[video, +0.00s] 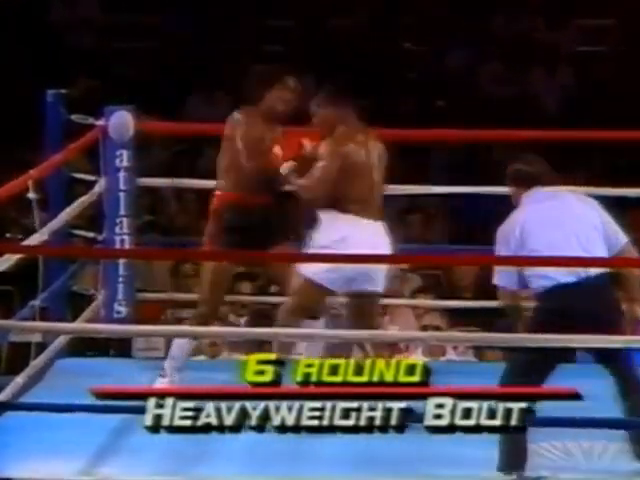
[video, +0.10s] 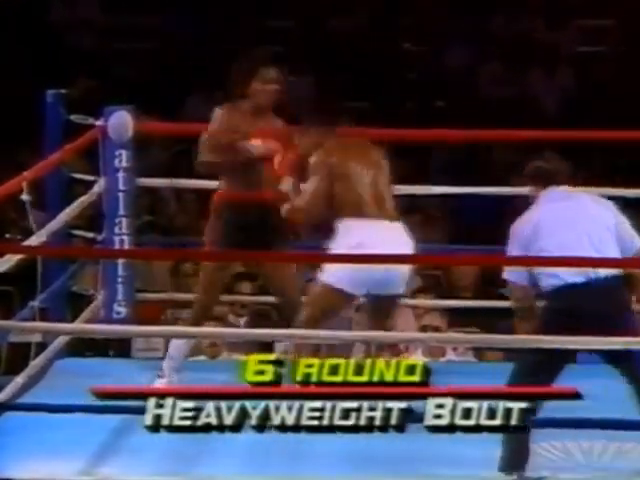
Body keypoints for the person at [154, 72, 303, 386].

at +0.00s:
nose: (285, 104)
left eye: (291, 100)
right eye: (281, 95)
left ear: (294, 106)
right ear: (265, 92)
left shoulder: (284, 133)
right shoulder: (242, 120)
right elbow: (251, 165)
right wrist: (287, 159)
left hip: (268, 210)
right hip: (231, 209)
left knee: (303, 291)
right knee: (208, 307)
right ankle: (168, 376)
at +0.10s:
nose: (271, 89)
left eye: (276, 83)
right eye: (265, 81)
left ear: (282, 89)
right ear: (248, 85)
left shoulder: (278, 126)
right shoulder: (227, 116)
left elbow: (292, 162)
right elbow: (205, 159)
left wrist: (288, 182)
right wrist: (244, 152)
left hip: (267, 210)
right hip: (230, 209)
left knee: (293, 299)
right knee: (205, 301)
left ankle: (288, 375)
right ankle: (168, 372)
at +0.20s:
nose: (239, 93)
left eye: (245, 86)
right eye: (231, 86)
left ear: (254, 90)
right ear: (219, 90)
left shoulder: (267, 117)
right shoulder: (211, 115)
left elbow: (302, 129)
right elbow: (199, 164)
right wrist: (218, 144)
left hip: (258, 209)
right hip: (220, 207)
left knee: (272, 285)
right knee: (193, 282)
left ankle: (297, 356)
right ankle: (168, 370)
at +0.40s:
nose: (199, 129)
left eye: (205, 122)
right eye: (195, 123)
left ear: (221, 121)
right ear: (191, 124)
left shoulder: (237, 153)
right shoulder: (195, 147)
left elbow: (215, 197)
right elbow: (164, 174)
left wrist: (183, 192)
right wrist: (167, 184)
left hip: (258, 231)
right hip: (221, 231)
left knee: (279, 293)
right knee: (194, 291)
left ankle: (303, 363)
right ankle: (175, 372)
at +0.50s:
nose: (191, 157)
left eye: (196, 150)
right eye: (187, 151)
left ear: (211, 143)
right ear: (183, 151)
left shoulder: (235, 171)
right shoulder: (194, 164)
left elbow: (223, 221)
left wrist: (190, 207)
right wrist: (181, 186)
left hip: (259, 234)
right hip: (219, 232)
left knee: (273, 291)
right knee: (190, 285)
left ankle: (302, 364)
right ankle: (175, 371)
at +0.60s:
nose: (207, 154)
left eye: (209, 146)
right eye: (200, 149)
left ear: (218, 141)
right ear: (189, 150)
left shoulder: (241, 164)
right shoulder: (191, 162)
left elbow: (265, 209)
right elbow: (183, 179)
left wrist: (228, 235)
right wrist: (182, 193)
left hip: (262, 228)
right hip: (224, 228)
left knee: (284, 283)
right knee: (196, 287)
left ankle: (312, 361)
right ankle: (175, 374)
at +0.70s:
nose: (219, 146)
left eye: (219, 138)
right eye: (209, 141)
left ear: (227, 129)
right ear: (196, 139)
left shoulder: (251, 152)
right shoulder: (193, 145)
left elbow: (282, 194)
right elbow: (182, 173)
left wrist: (263, 225)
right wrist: (192, 185)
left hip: (263, 221)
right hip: (221, 225)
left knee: (293, 286)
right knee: (201, 290)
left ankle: (326, 360)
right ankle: (177, 373)